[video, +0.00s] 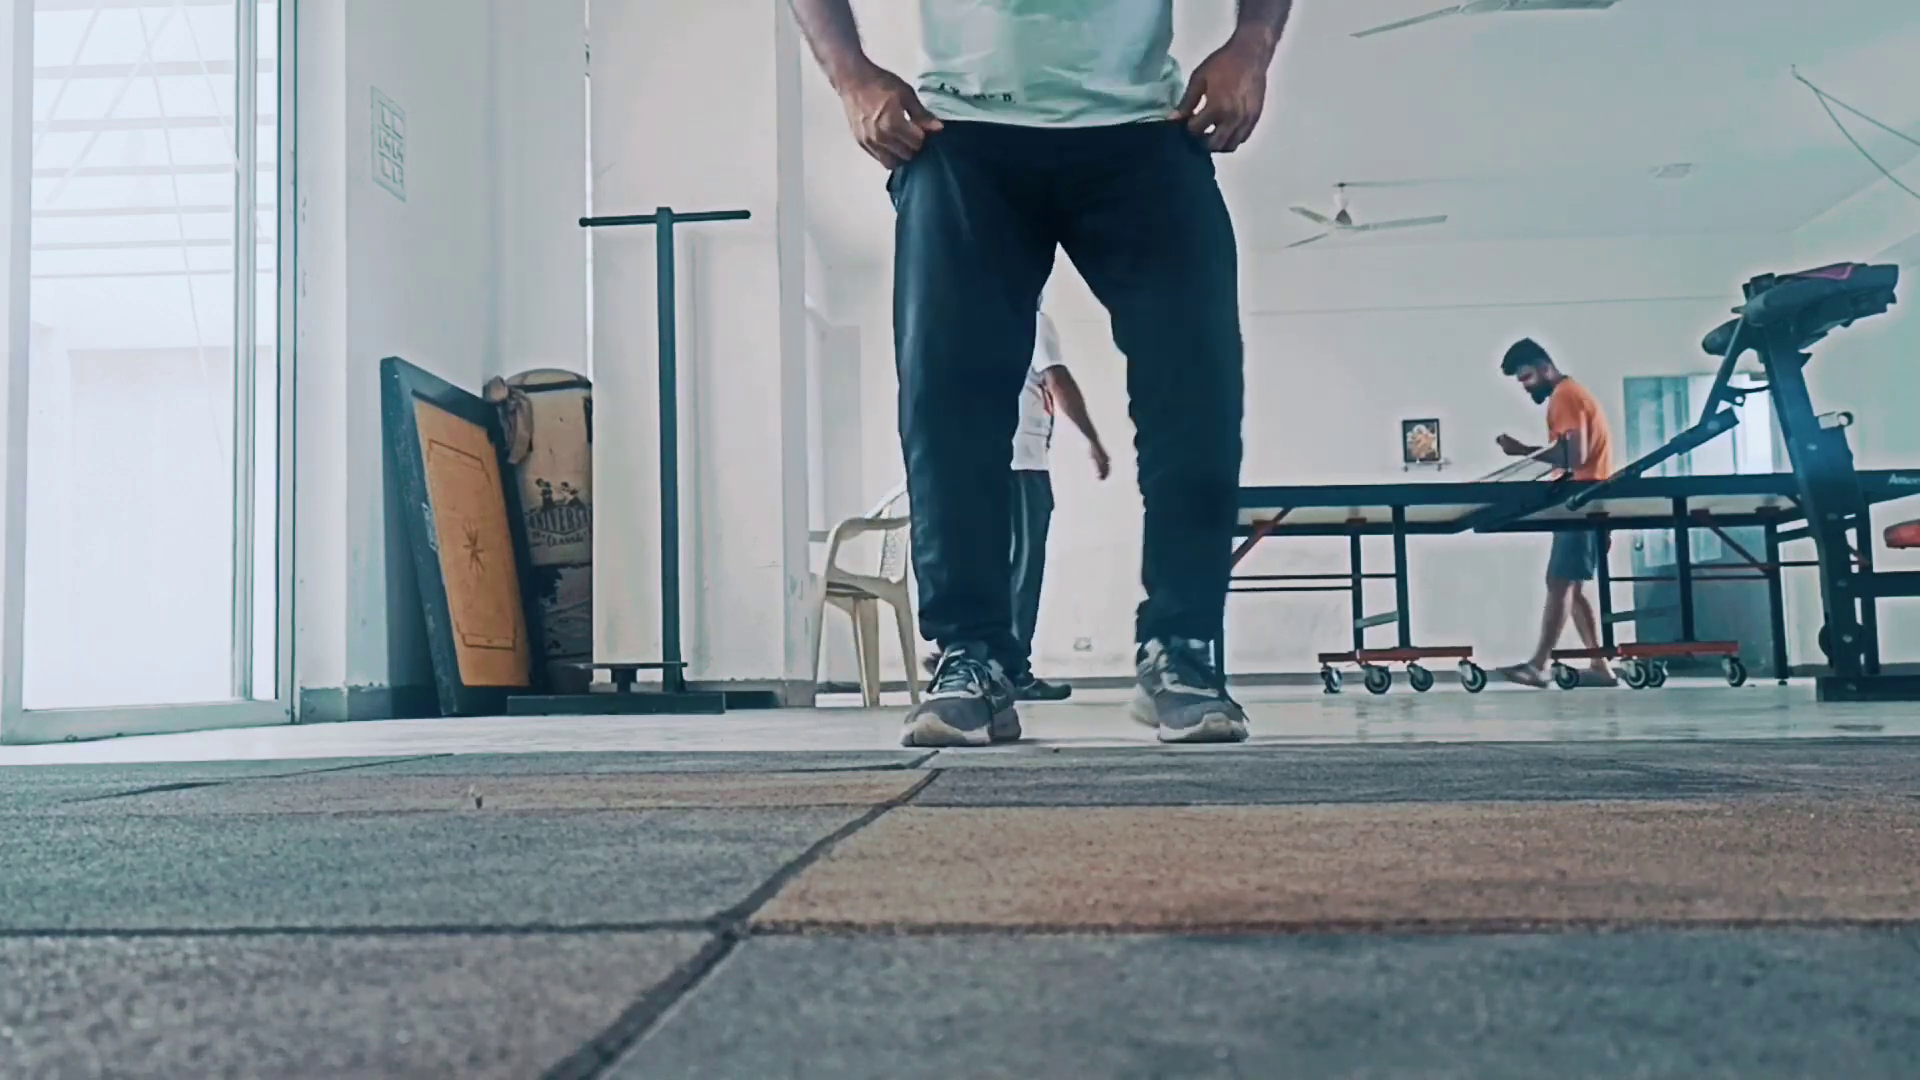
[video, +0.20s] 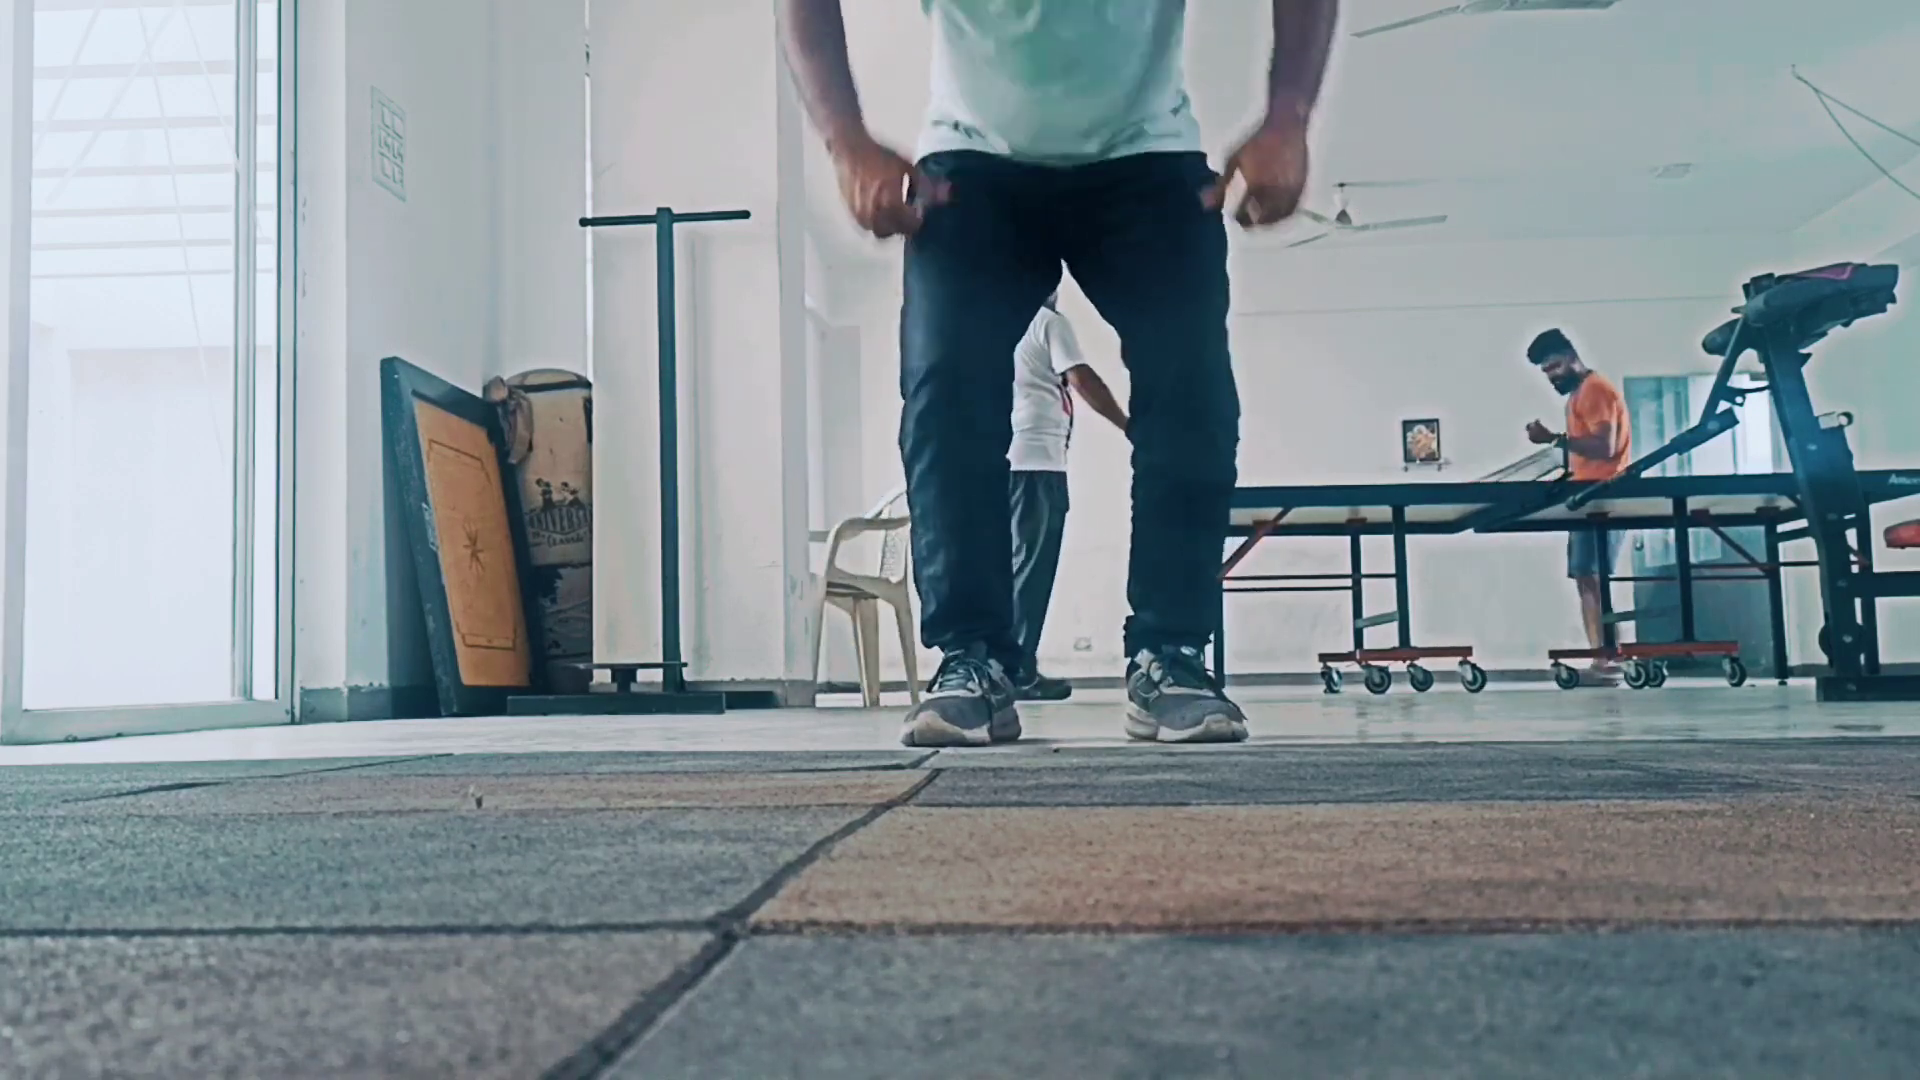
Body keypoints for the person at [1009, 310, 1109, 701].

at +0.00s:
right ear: (1027, 281)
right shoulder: (1032, 316)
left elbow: (1048, 380)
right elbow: (1057, 380)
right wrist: (1093, 439)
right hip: (1023, 460)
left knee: (991, 556)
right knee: (1027, 563)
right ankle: (1015, 666)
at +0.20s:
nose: (1061, 284)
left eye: (1057, 275)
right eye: (1058, 277)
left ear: (1023, 282)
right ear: (1051, 284)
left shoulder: (998, 319)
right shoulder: (1048, 320)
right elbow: (1082, 380)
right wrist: (1125, 423)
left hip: (1002, 460)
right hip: (1034, 461)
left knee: (1009, 563)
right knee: (1033, 568)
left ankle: (1010, 666)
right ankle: (1020, 669)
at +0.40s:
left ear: (1022, 309)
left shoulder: (1004, 341)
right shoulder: (1064, 333)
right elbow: (1084, 387)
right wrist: (1128, 434)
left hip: (1009, 463)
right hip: (1052, 456)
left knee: (1054, 566)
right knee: (1044, 565)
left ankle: (1082, 670)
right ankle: (1017, 669)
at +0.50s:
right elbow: (1087, 394)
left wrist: (1082, 438)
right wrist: (1116, 442)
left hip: (1028, 461)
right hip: (1061, 457)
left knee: (1067, 572)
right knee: (1053, 564)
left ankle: (1086, 674)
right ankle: (1021, 671)